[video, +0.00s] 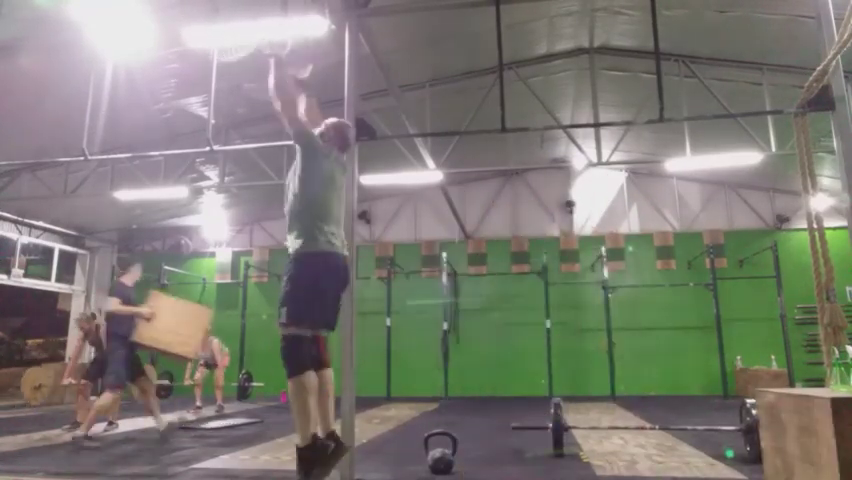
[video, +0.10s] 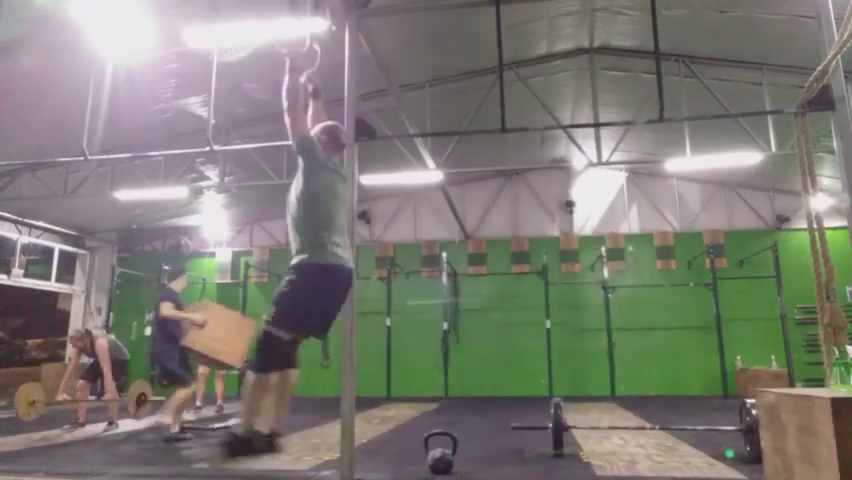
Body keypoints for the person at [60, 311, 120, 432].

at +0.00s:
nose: (82, 329)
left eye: (84, 326)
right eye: (80, 326)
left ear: (91, 323)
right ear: (81, 325)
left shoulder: (102, 329)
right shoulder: (84, 333)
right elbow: (75, 355)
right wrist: (66, 376)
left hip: (114, 356)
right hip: (100, 357)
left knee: (112, 387)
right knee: (84, 384)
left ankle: (112, 420)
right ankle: (80, 420)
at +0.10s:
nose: (74, 346)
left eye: (75, 342)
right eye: (72, 343)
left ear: (83, 340)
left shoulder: (100, 343)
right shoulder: (80, 346)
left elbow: (106, 367)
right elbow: (72, 367)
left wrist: (108, 389)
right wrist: (62, 391)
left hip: (119, 360)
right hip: (101, 361)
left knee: (111, 388)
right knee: (82, 384)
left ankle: (112, 421)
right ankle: (80, 421)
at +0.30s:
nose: (70, 356)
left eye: (71, 353)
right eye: (69, 354)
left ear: (78, 349)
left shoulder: (95, 349)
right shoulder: (71, 352)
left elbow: (103, 377)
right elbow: (67, 377)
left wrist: (104, 403)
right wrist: (59, 400)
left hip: (117, 359)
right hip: (97, 360)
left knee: (108, 385)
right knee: (80, 385)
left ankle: (112, 421)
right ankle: (80, 421)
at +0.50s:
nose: (93, 321)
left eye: (95, 317)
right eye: (90, 318)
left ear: (101, 313)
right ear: (87, 316)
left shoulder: (111, 322)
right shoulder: (89, 324)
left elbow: (126, 340)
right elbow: (83, 343)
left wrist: (129, 363)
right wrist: (81, 362)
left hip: (116, 357)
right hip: (99, 357)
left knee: (108, 386)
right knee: (85, 386)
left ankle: (112, 421)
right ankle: (80, 420)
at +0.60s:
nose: (111, 302)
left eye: (114, 299)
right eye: (109, 299)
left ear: (122, 301)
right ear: (106, 301)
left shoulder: (128, 314)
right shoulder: (104, 314)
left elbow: (138, 334)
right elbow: (98, 334)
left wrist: (136, 356)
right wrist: (92, 352)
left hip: (120, 353)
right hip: (102, 351)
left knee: (111, 386)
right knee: (84, 381)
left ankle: (112, 420)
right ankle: (79, 408)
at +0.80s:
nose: (95, 300)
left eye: (98, 297)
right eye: (92, 297)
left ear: (104, 299)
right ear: (89, 299)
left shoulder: (112, 315)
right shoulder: (84, 316)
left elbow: (119, 337)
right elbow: (73, 337)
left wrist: (121, 359)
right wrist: (64, 358)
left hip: (106, 358)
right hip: (85, 358)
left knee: (107, 388)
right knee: (77, 388)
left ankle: (111, 420)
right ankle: (64, 423)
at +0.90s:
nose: (69, 296)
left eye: (72, 293)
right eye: (67, 293)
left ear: (80, 295)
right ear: (65, 297)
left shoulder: (92, 310)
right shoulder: (62, 314)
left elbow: (104, 329)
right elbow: (56, 336)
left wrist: (106, 350)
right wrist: (55, 357)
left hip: (93, 353)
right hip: (72, 354)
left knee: (98, 383)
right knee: (68, 387)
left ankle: (112, 411)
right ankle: (63, 423)